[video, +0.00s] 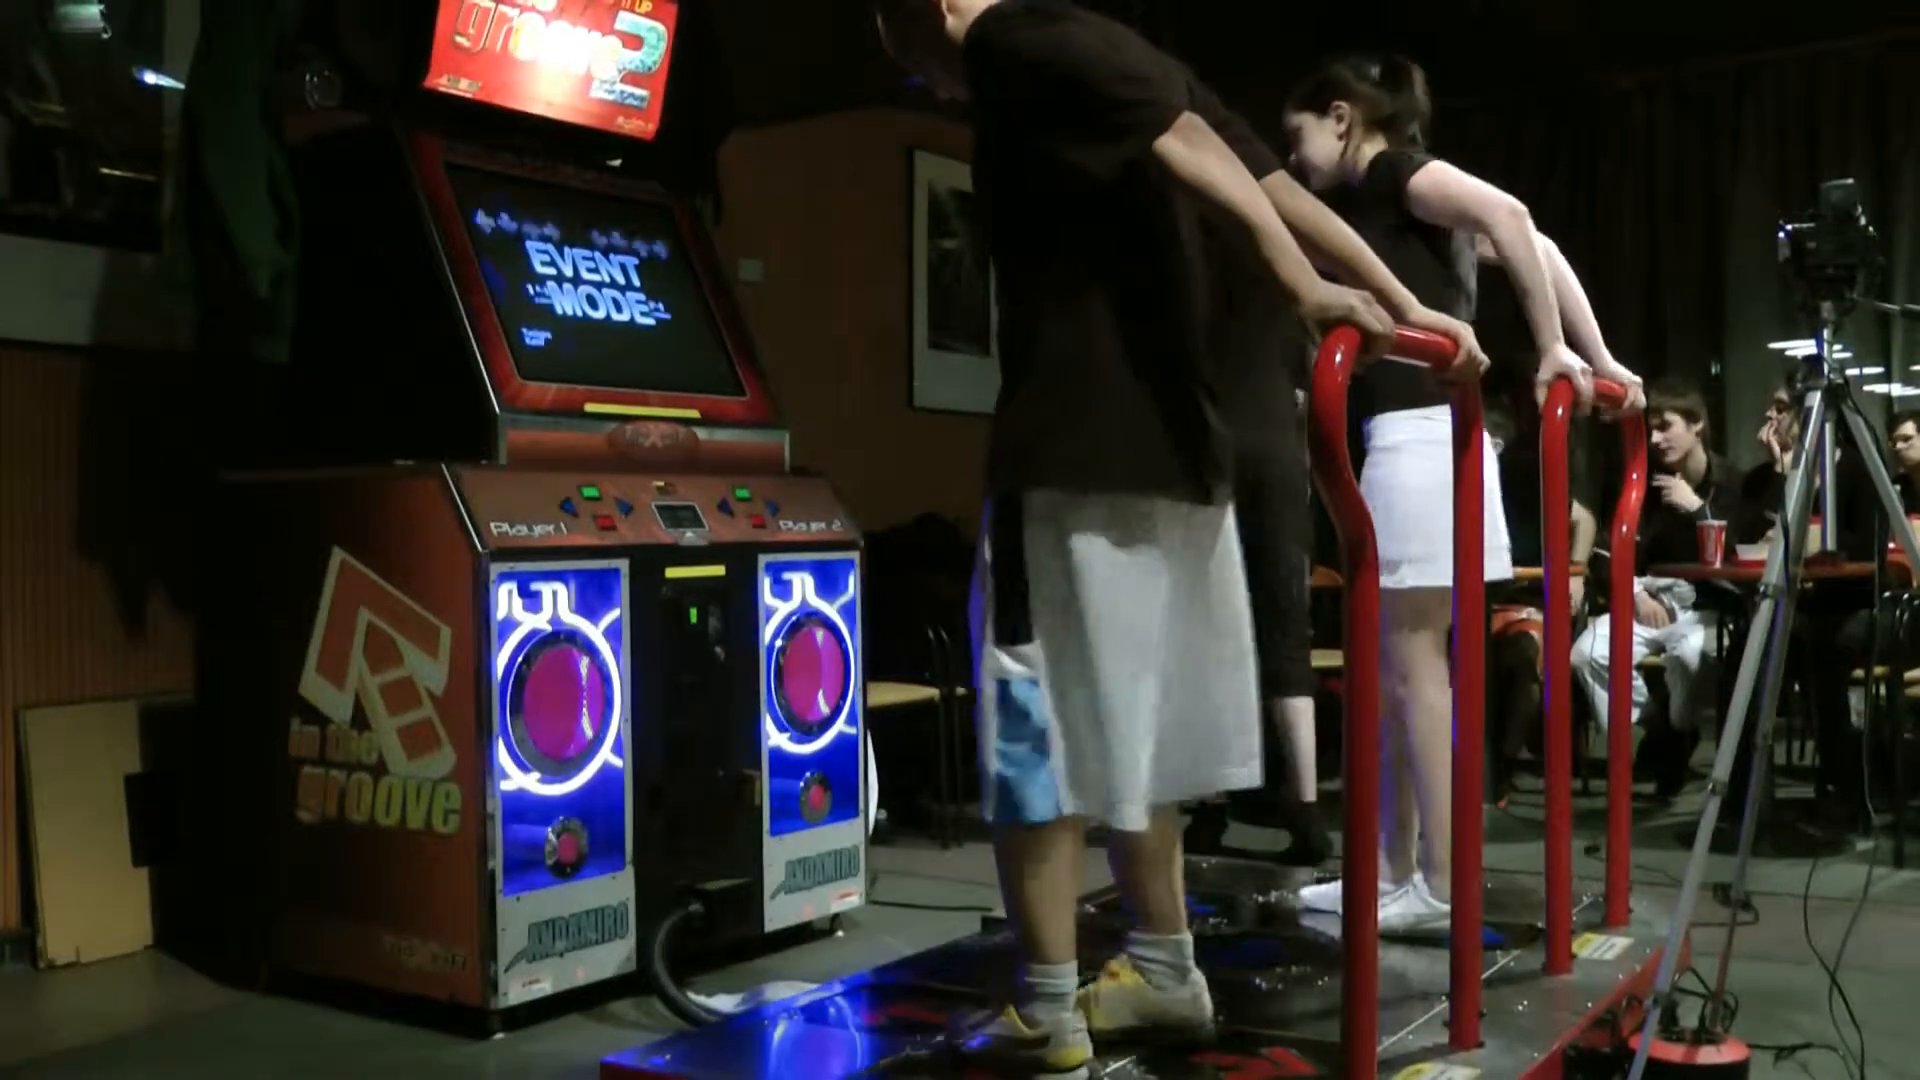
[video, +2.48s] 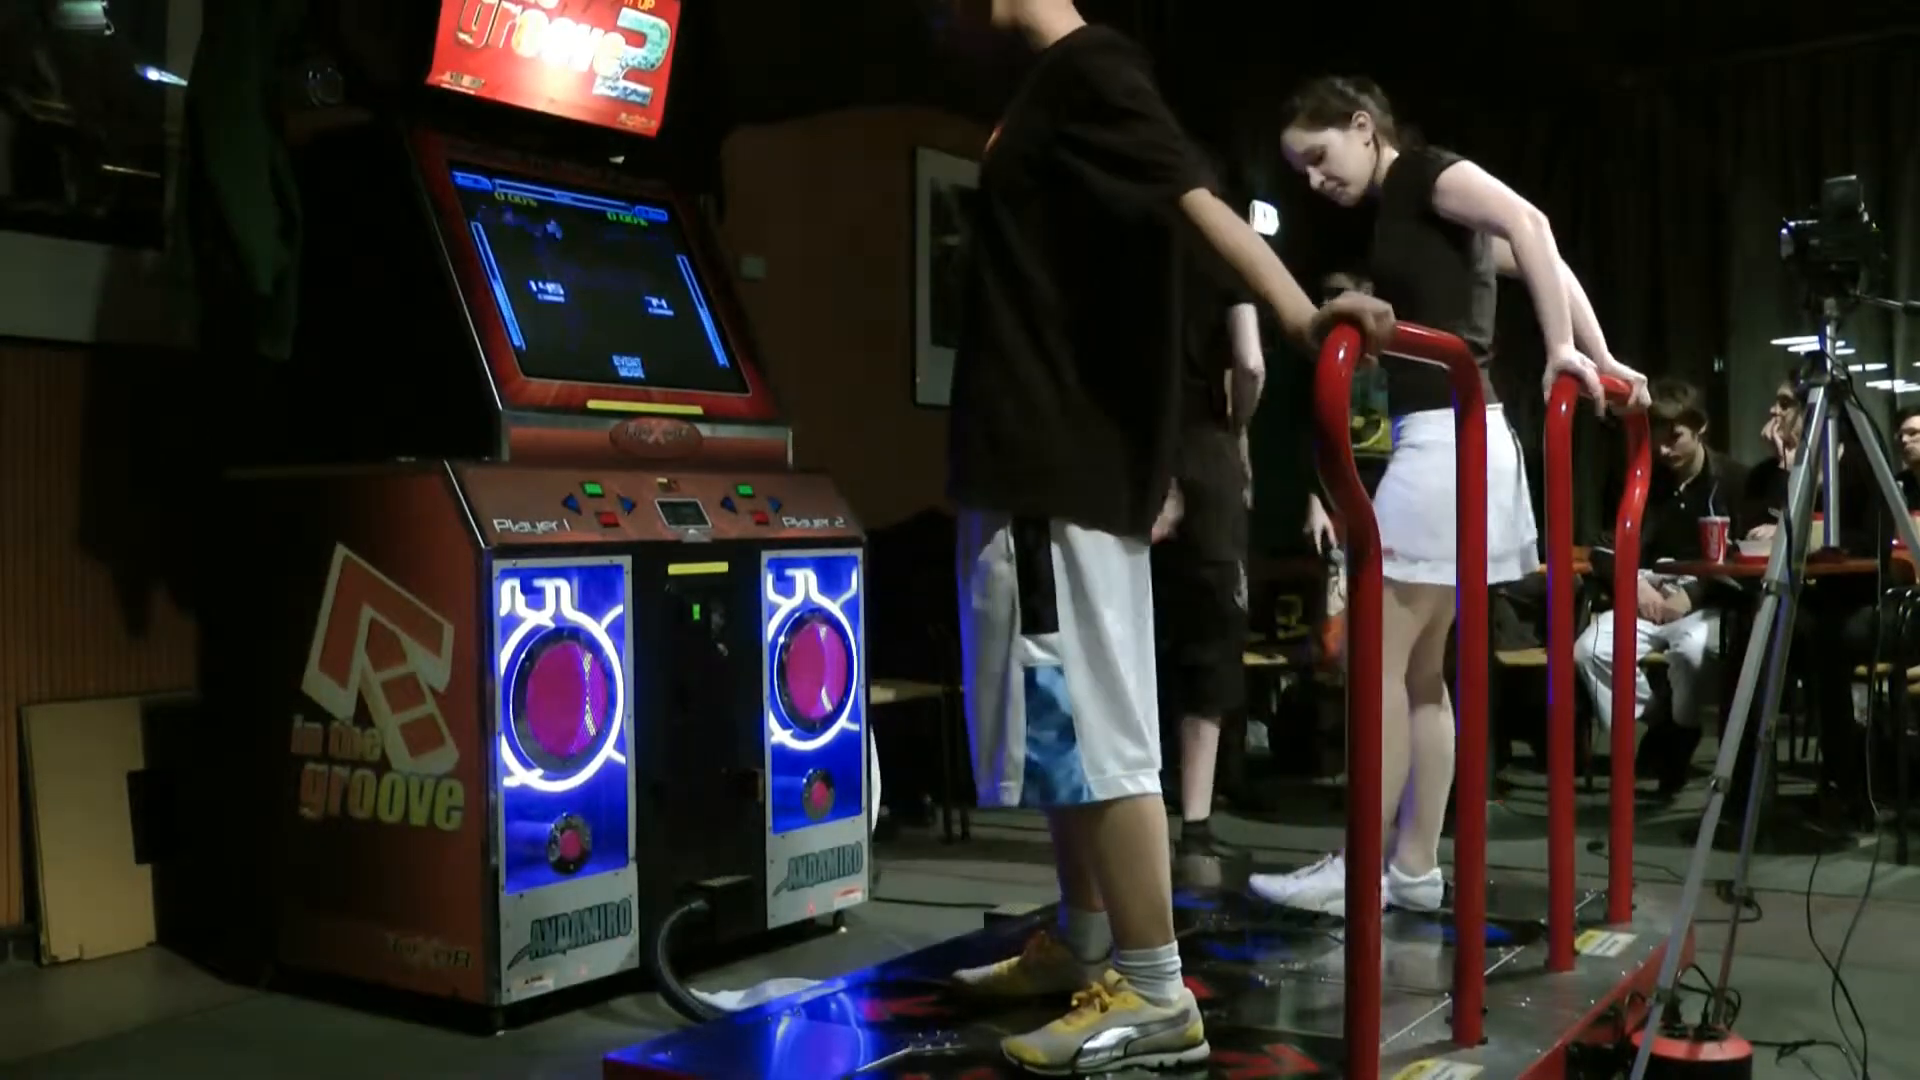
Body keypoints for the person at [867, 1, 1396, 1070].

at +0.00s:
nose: (921, 80)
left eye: (911, 54)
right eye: (911, 64)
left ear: (934, 16)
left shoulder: (1006, 40)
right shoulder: (1136, 58)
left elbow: (1204, 159)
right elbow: (1277, 187)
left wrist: (1303, 285)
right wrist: (1398, 297)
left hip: (1072, 440)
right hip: (1175, 443)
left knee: (1035, 721)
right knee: (1136, 704)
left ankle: (1052, 1010)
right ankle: (1168, 969)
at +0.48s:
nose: (965, 71)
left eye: (954, 46)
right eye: (955, 54)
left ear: (985, 11)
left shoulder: (1059, 61)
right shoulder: (1157, 69)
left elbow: (1240, 194)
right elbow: (1275, 195)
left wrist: (1327, 305)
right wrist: (1391, 290)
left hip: (1083, 460)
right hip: (1168, 460)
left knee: (1054, 723)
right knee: (1122, 717)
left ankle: (1053, 1002)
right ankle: (1101, 954)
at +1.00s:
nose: (990, 28)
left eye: (994, 12)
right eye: (987, 19)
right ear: (1034, 16)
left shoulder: (1129, 46)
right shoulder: (1076, 94)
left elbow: (1259, 166)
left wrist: (1328, 303)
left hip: (1137, 457)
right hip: (1085, 458)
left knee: (1131, 726)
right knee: (1085, 721)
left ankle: (1156, 995)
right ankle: (1086, 947)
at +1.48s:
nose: (972, 25)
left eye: (978, 11)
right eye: (969, 18)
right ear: (1026, 15)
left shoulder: (1125, 61)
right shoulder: (1039, 112)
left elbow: (1247, 176)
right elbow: (970, 314)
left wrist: (1324, 302)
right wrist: (853, 425)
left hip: (1114, 468)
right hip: (1053, 466)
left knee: (1120, 739)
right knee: (1073, 730)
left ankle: (1157, 992)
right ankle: (1088, 944)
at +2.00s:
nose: (946, 44)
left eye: (944, 21)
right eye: (940, 30)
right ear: (996, 13)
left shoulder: (1104, 62)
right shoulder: (1053, 92)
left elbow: (1226, 182)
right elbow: (1185, 292)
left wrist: (1317, 298)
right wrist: (1235, 427)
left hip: (1106, 470)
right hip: (1052, 468)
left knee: (1117, 743)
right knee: (1064, 728)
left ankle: (1158, 997)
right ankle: (1080, 944)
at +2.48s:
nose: (970, 18)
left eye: (976, 7)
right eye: (972, 14)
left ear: (1012, 1)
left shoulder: (1092, 75)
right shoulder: (1046, 98)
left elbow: (1202, 202)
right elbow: (1109, 301)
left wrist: (1306, 317)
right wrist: (1147, 464)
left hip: (1078, 476)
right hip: (1035, 474)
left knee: (1105, 739)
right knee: (1056, 730)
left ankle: (1156, 993)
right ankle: (1086, 941)